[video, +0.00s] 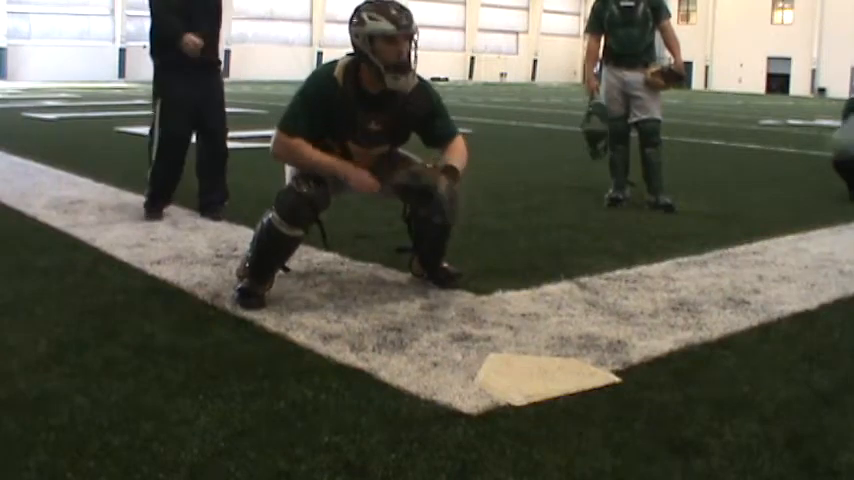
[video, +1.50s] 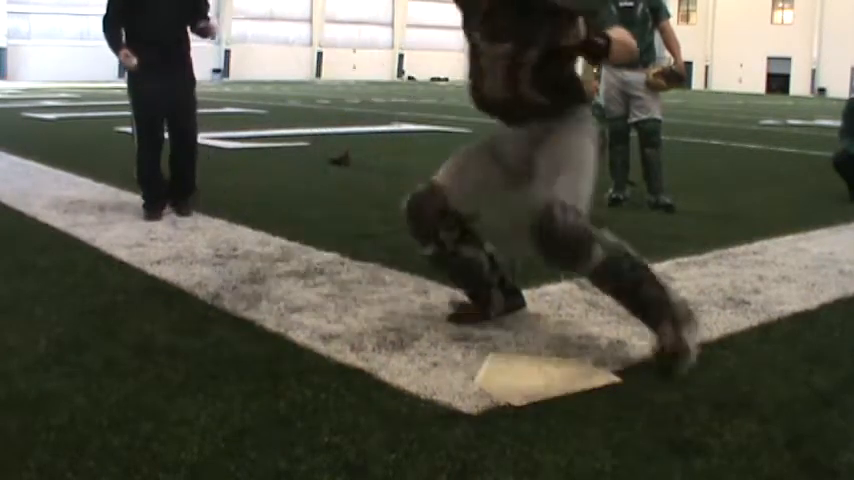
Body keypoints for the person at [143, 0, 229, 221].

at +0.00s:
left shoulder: (212, 4)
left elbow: (212, 21)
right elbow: (160, 15)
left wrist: (203, 39)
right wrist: (180, 36)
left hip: (208, 66)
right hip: (174, 66)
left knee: (214, 138)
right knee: (173, 137)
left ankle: (212, 205)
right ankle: (156, 202)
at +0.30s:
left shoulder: (217, 4)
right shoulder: (147, 2)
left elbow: (222, 21)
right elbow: (135, 12)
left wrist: (237, 55)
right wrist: (121, 47)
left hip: (201, 70)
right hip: (163, 69)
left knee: (207, 139)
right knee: (161, 140)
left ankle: (212, 205)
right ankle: (153, 204)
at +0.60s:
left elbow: (221, 17)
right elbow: (133, 14)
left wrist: (226, 55)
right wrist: (121, 53)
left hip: (198, 66)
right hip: (160, 66)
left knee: (205, 138)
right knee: (160, 139)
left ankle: (211, 204)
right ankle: (154, 203)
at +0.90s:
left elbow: (210, 18)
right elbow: (126, 20)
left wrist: (191, 45)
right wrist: (141, 48)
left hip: (188, 64)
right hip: (150, 65)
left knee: (198, 135)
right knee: (153, 137)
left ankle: (211, 203)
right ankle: (154, 201)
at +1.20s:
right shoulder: (124, 3)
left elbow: (203, 15)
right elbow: (113, 21)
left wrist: (194, 42)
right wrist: (123, 49)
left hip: (181, 63)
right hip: (144, 65)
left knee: (193, 136)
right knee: (148, 138)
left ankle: (210, 203)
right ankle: (153, 201)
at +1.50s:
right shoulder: (123, 3)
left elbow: (196, 19)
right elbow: (110, 23)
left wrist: (206, 27)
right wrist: (120, 49)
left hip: (178, 66)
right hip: (143, 68)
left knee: (185, 137)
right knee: (149, 139)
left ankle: (182, 198)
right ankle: (153, 201)